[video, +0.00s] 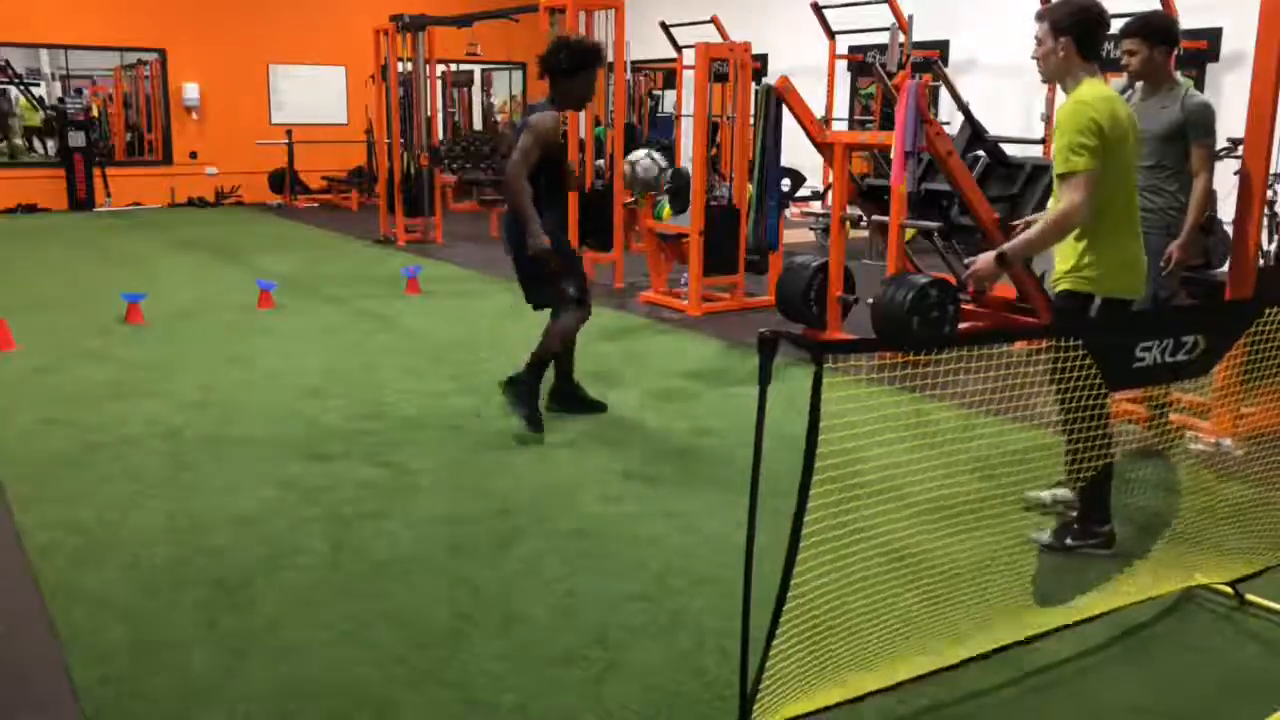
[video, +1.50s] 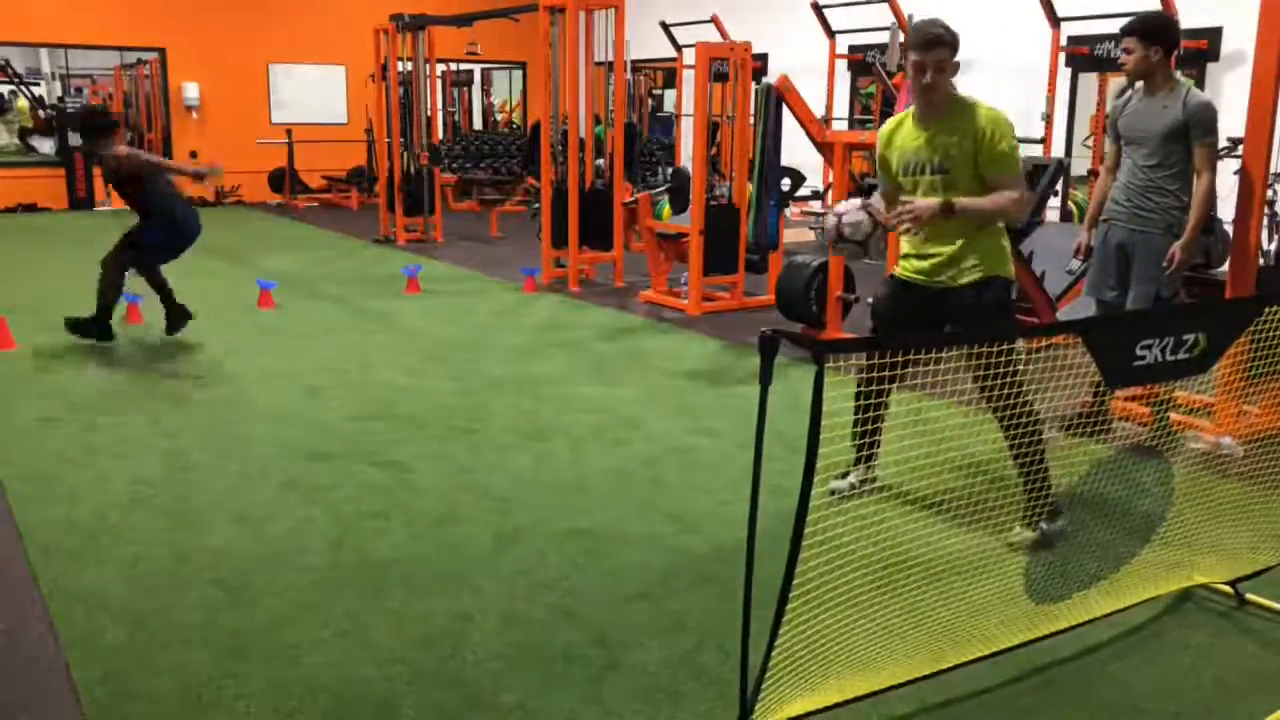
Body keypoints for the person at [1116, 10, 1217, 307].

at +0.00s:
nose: (1124, 61)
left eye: (1131, 54)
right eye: (1123, 54)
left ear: (1161, 53)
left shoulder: (1194, 106)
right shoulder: (1124, 99)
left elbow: (1202, 177)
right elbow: (1110, 163)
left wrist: (1185, 239)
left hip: (1161, 232)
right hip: (1119, 227)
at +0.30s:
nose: (1123, 62)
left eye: (1130, 54)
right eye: (1122, 55)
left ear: (1160, 53)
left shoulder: (1193, 106)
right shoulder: (1126, 100)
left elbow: (1202, 176)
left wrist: (1183, 239)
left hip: (1160, 233)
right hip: (1118, 226)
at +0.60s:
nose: (1128, 60)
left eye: (1137, 51)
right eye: (1126, 52)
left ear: (1166, 52)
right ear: (1123, 53)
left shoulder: (1194, 106)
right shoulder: (1125, 98)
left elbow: (1203, 176)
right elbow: (1109, 157)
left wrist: (1185, 239)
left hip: (1158, 232)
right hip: (1114, 226)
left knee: (1139, 318)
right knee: (1104, 316)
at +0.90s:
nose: (1122, 59)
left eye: (1130, 51)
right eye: (1123, 51)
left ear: (1158, 53)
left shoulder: (1195, 107)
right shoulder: (1121, 103)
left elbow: (1203, 176)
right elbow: (1109, 168)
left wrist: (1187, 240)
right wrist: (1092, 216)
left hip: (1161, 231)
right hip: (1116, 225)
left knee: (1141, 319)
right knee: (1107, 316)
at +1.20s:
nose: (1121, 59)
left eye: (1128, 51)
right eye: (1121, 51)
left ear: (1159, 54)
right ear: (1142, 56)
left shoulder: (1195, 106)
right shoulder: (1122, 102)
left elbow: (1205, 175)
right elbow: (1110, 169)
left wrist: (1189, 239)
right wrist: (1090, 226)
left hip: (1161, 234)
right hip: (1114, 227)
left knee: (1142, 325)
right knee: (1103, 321)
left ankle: (1150, 420)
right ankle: (1094, 405)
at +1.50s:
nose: (1121, 59)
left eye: (1128, 51)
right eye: (1121, 51)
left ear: (1158, 54)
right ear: (1143, 56)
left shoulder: (1195, 106)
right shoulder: (1121, 102)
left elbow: (1204, 176)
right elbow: (1109, 170)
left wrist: (1188, 239)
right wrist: (1088, 227)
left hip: (1160, 234)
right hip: (1113, 228)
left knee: (1142, 326)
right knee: (1103, 321)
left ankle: (1153, 422)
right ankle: (1095, 405)